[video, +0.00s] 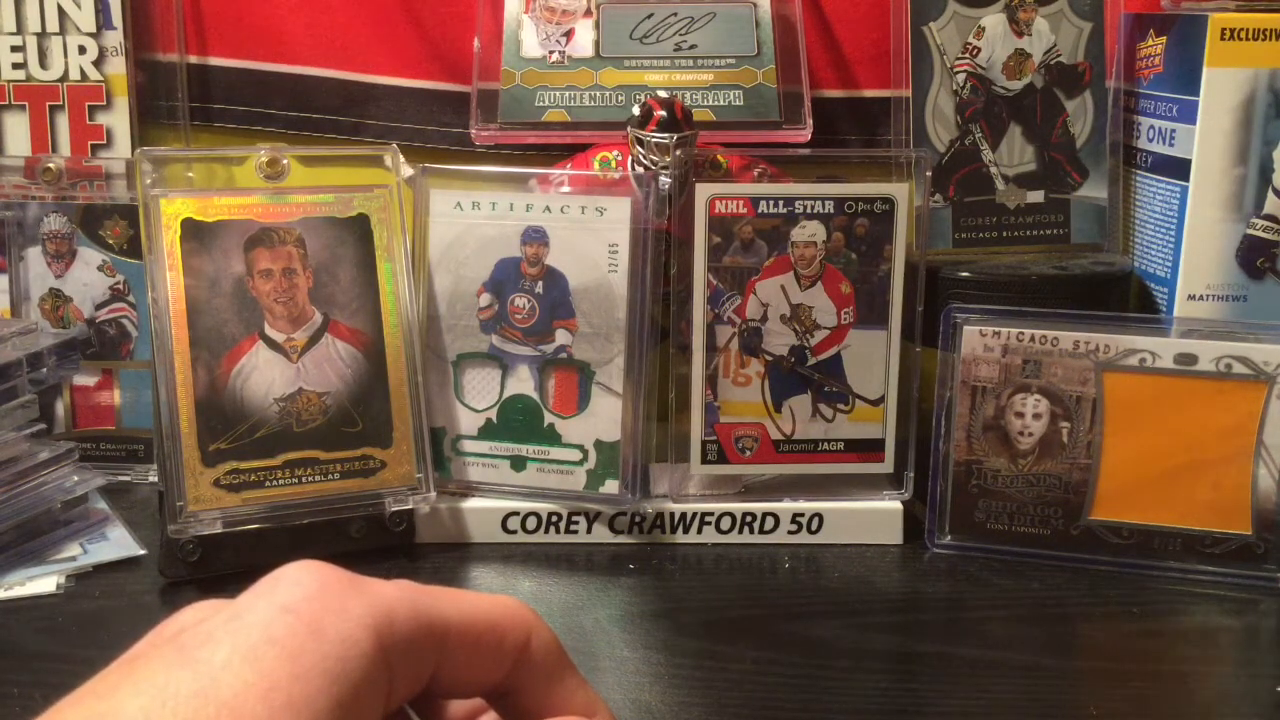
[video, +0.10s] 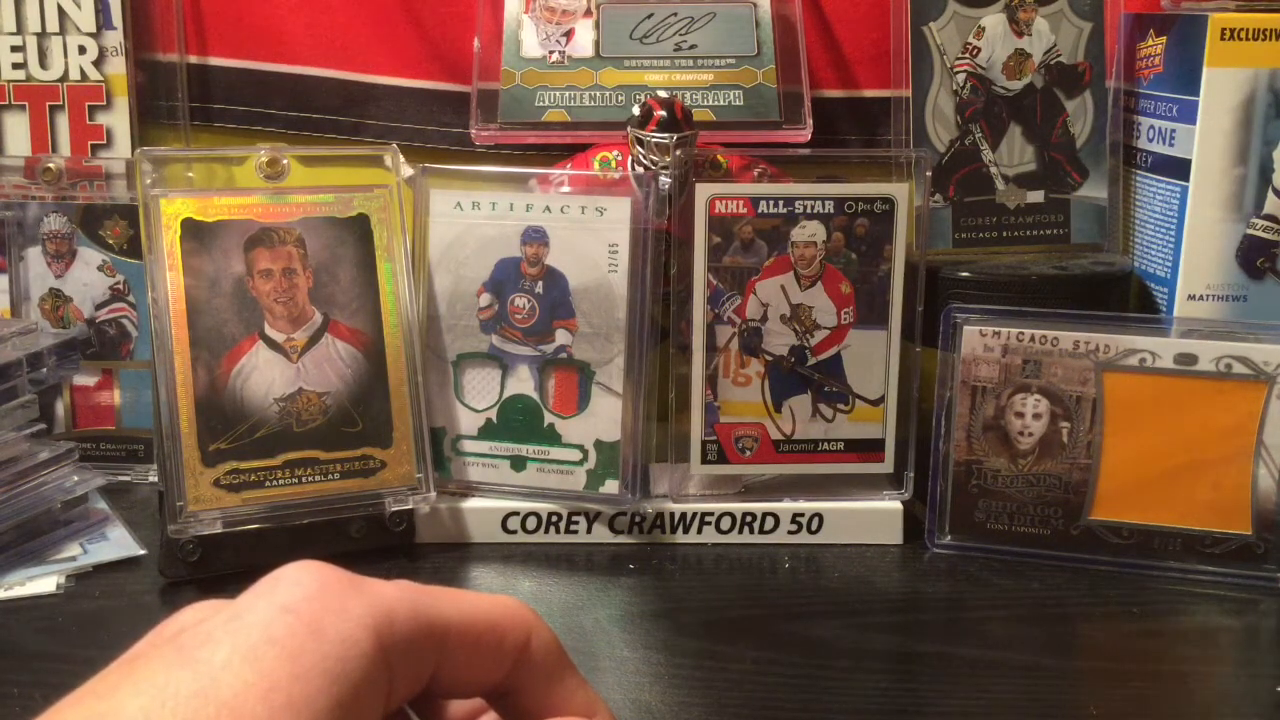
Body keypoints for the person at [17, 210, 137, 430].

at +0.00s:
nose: (57, 246)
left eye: (62, 240)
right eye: (51, 240)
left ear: (72, 240)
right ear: (43, 242)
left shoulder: (96, 264)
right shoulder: (27, 261)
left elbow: (120, 304)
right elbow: (11, 306)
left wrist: (108, 333)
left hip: (87, 360)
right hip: (39, 358)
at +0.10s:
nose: (57, 246)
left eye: (62, 239)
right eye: (51, 240)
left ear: (72, 240)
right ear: (43, 242)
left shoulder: (96, 264)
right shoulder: (27, 261)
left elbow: (120, 304)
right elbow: (12, 307)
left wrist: (108, 333)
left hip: (87, 359)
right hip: (39, 357)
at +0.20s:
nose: (57, 246)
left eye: (62, 239)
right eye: (51, 240)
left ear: (72, 240)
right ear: (43, 242)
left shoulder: (96, 264)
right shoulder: (27, 261)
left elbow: (120, 304)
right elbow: (13, 308)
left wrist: (108, 334)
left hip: (87, 360)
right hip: (39, 358)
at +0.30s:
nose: (57, 246)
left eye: (62, 239)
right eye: (51, 240)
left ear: (72, 239)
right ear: (43, 242)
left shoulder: (96, 264)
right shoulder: (27, 261)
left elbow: (120, 304)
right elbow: (13, 308)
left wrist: (108, 334)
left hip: (87, 360)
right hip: (39, 357)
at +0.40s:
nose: (57, 246)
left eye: (62, 239)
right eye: (51, 240)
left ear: (72, 239)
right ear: (43, 242)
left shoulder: (96, 264)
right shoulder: (27, 261)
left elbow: (120, 304)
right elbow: (13, 308)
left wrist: (108, 334)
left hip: (87, 360)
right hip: (39, 357)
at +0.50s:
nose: (57, 246)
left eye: (62, 239)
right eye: (51, 240)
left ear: (72, 239)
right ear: (43, 242)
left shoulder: (96, 264)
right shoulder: (27, 261)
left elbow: (120, 304)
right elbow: (13, 308)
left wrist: (108, 334)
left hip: (88, 361)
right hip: (40, 358)